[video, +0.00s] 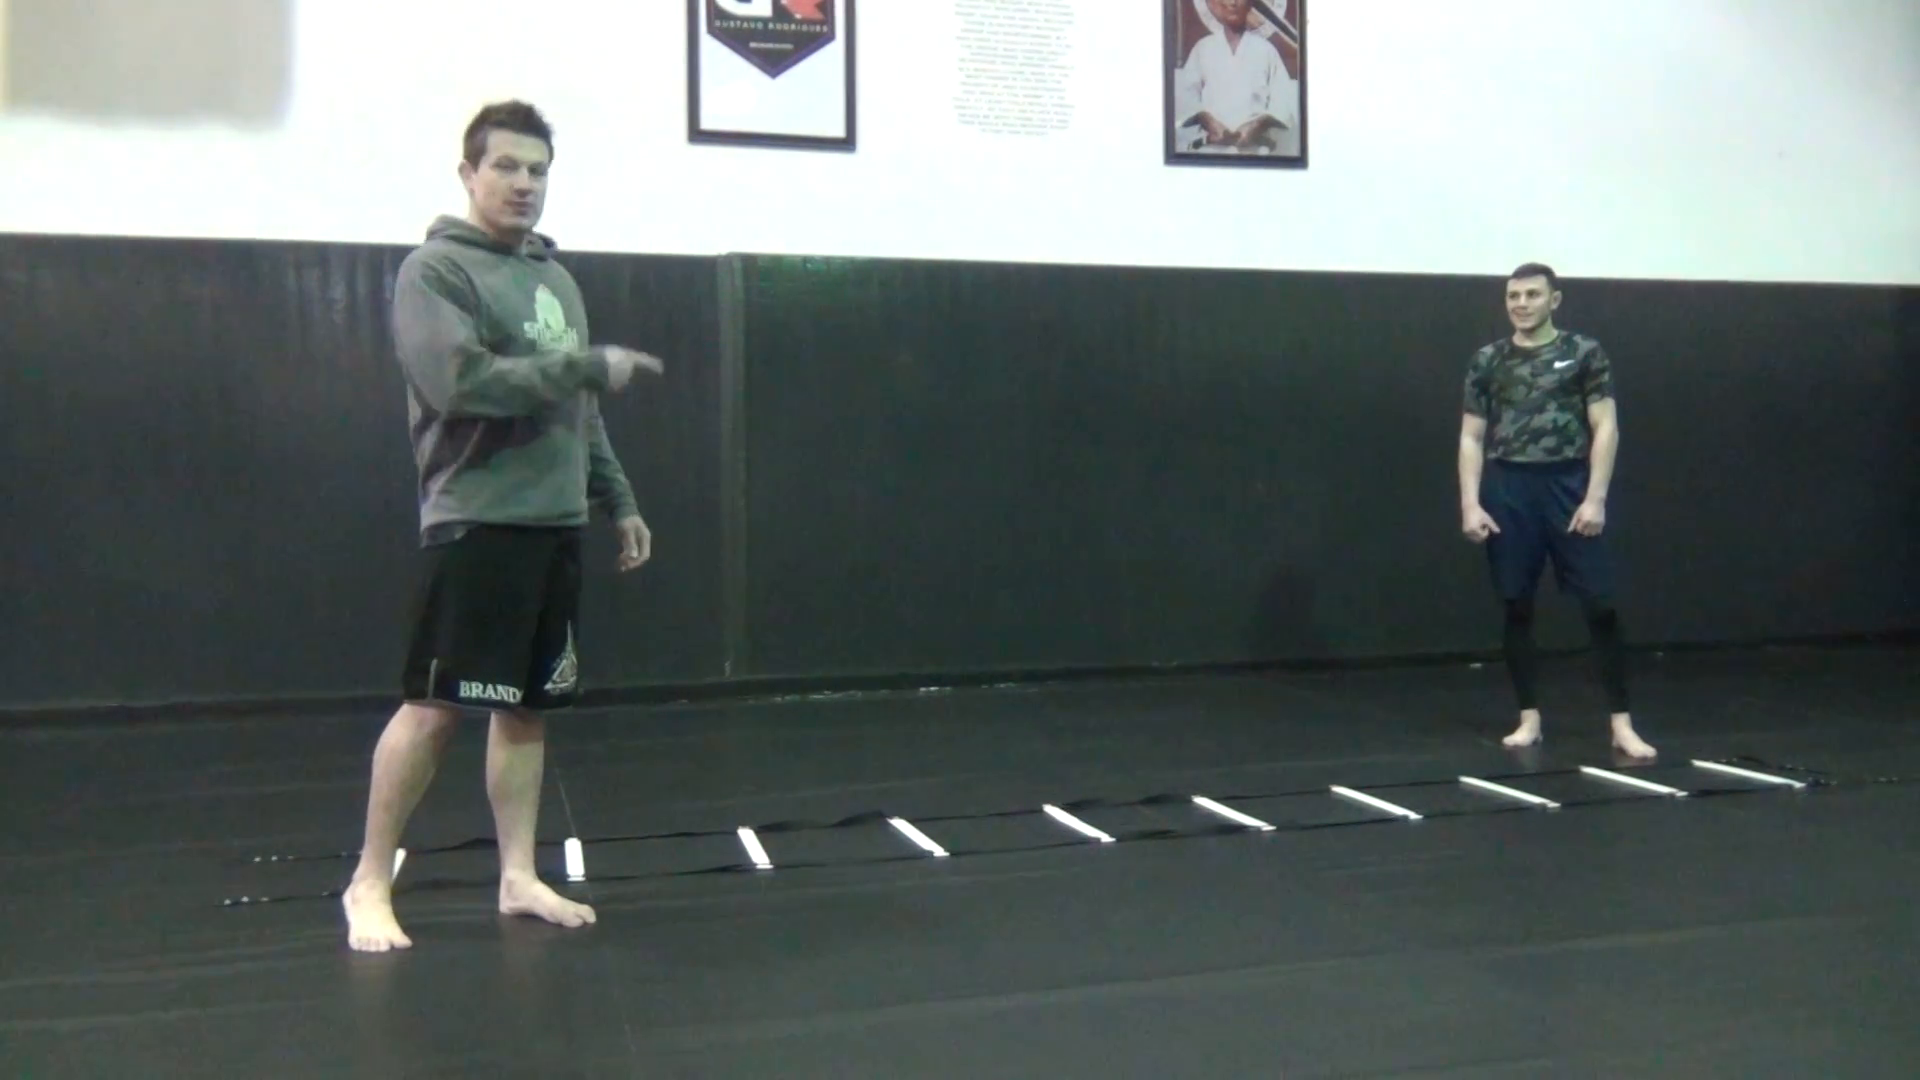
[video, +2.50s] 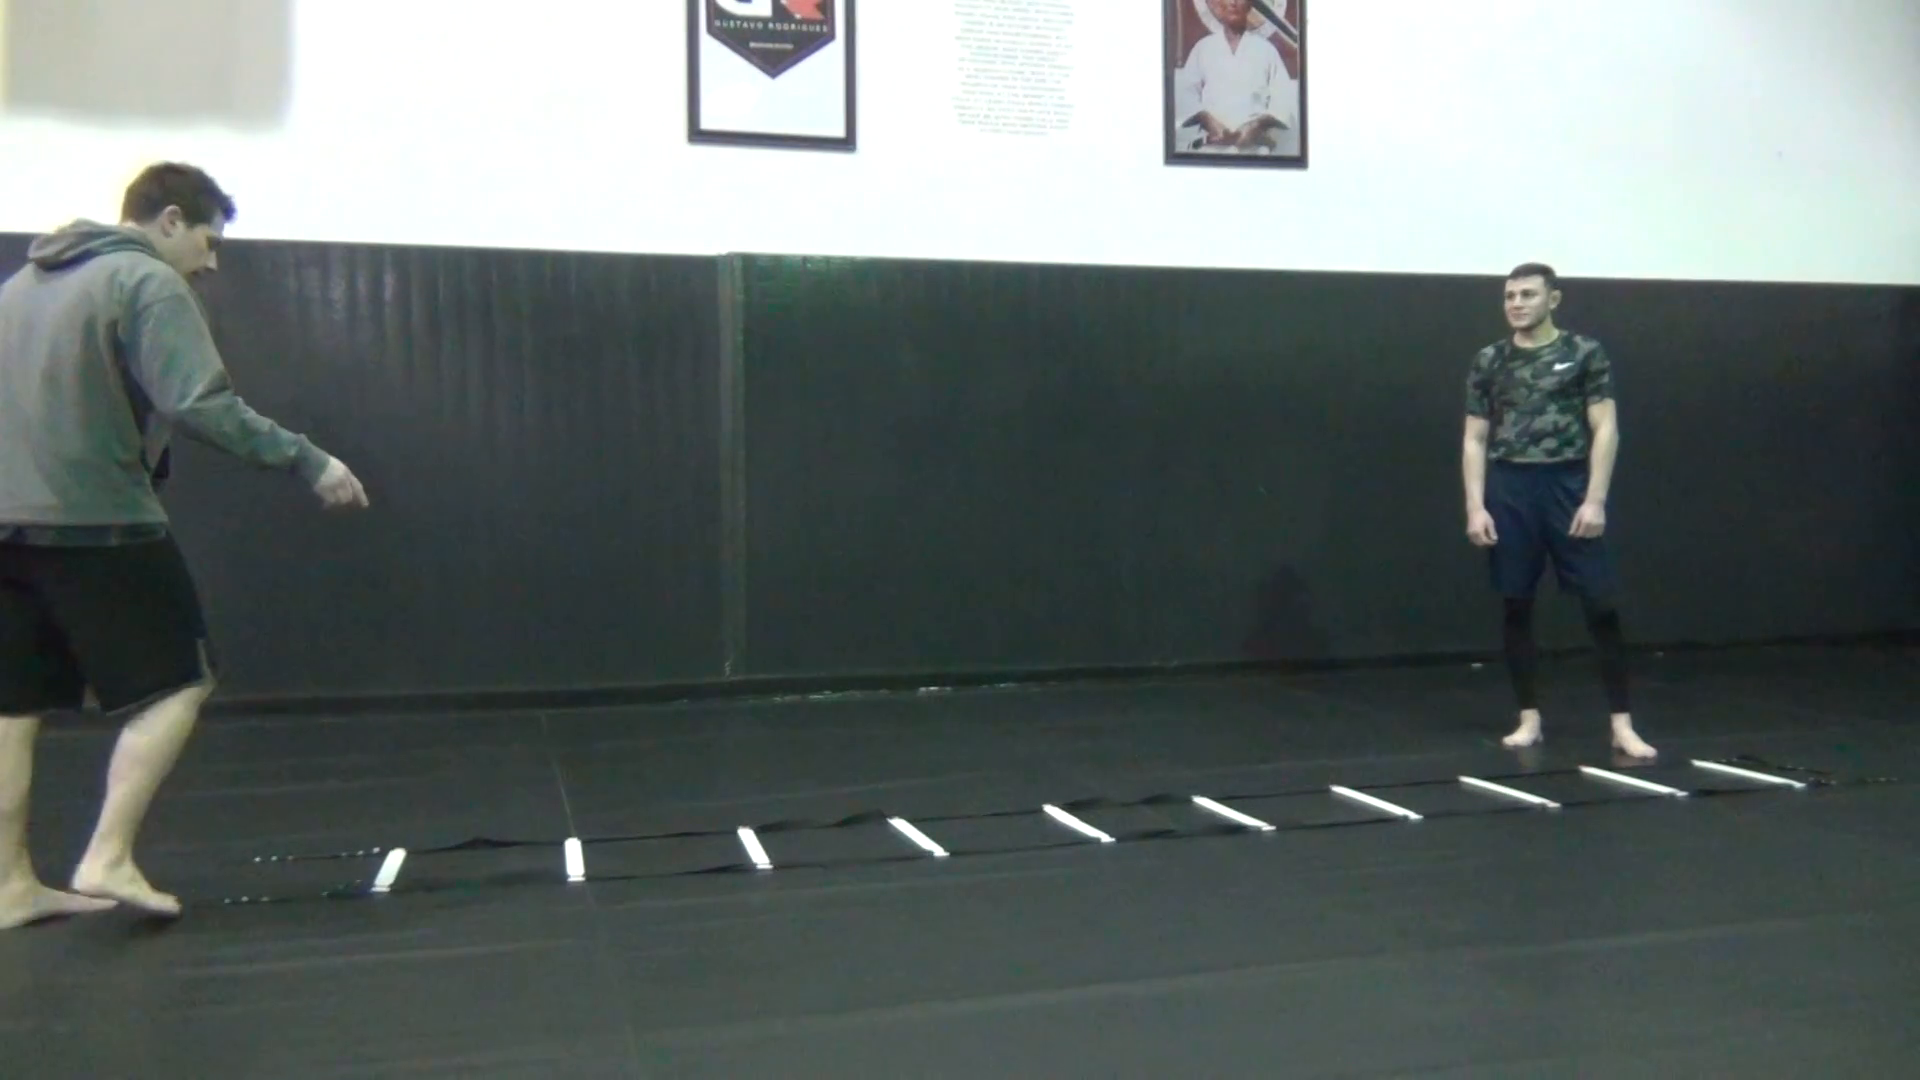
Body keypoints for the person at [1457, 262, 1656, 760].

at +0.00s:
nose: (1522, 304)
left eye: (1532, 295)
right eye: (1514, 296)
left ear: (1554, 300)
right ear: (1505, 303)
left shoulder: (1585, 353)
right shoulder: (1487, 361)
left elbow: (1605, 427)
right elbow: (1472, 437)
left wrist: (1596, 497)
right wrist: (1470, 503)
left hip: (1570, 490)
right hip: (1508, 491)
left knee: (1600, 603)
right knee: (1515, 605)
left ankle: (1620, 722)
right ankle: (1528, 716)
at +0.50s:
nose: (1523, 304)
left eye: (1533, 296)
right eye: (1515, 297)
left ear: (1554, 300)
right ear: (1505, 303)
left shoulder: (1584, 353)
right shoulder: (1487, 362)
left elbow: (1604, 428)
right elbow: (1474, 440)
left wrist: (1596, 498)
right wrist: (1475, 507)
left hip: (1570, 490)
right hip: (1509, 492)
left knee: (1602, 602)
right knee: (1515, 606)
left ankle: (1621, 723)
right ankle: (1528, 718)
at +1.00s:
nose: (1527, 304)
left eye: (1536, 295)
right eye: (1518, 297)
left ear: (1555, 300)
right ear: (1506, 303)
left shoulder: (1585, 354)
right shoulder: (1488, 362)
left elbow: (1604, 428)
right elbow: (1474, 439)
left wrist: (1595, 499)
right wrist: (1475, 507)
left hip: (1570, 490)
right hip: (1509, 492)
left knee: (1600, 602)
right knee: (1516, 605)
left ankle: (1621, 723)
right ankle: (1528, 717)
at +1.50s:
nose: (1521, 304)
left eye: (1532, 295)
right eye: (1514, 296)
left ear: (1555, 300)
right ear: (1506, 303)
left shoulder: (1586, 354)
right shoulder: (1488, 361)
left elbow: (1605, 428)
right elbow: (1474, 438)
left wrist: (1595, 499)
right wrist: (1474, 506)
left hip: (1571, 490)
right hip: (1509, 491)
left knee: (1601, 603)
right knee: (1516, 605)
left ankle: (1621, 722)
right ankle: (1528, 716)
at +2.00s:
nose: (1518, 303)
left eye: (1529, 295)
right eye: (1512, 296)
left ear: (1554, 299)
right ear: (1505, 302)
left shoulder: (1585, 353)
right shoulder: (1488, 360)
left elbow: (1605, 427)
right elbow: (1473, 437)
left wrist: (1595, 498)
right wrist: (1471, 504)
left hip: (1570, 489)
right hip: (1508, 490)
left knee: (1601, 603)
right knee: (1515, 603)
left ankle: (1620, 723)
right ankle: (1528, 717)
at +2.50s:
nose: (1516, 304)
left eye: (1528, 295)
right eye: (1510, 297)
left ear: (1553, 299)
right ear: (1504, 303)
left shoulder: (1586, 353)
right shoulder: (1489, 361)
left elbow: (1605, 428)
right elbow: (1474, 438)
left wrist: (1595, 499)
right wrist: (1475, 506)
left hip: (1571, 491)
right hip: (1509, 492)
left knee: (1601, 604)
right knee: (1515, 605)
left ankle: (1621, 724)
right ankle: (1528, 718)